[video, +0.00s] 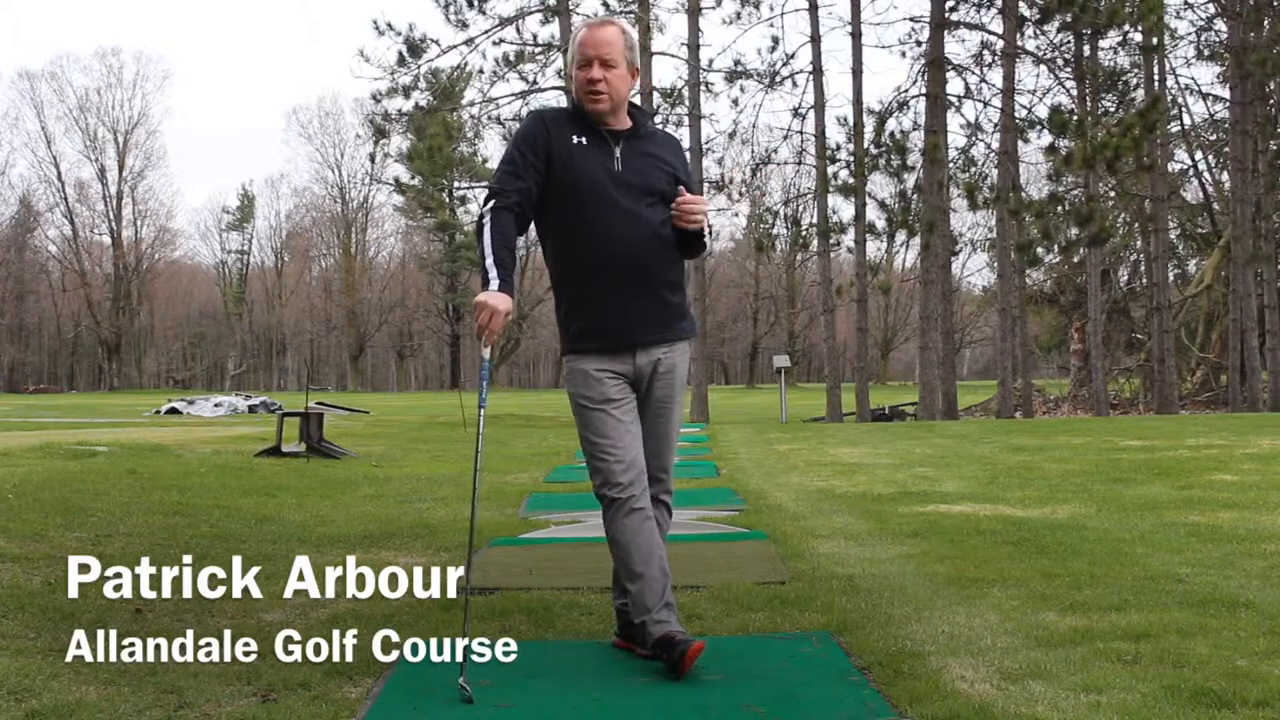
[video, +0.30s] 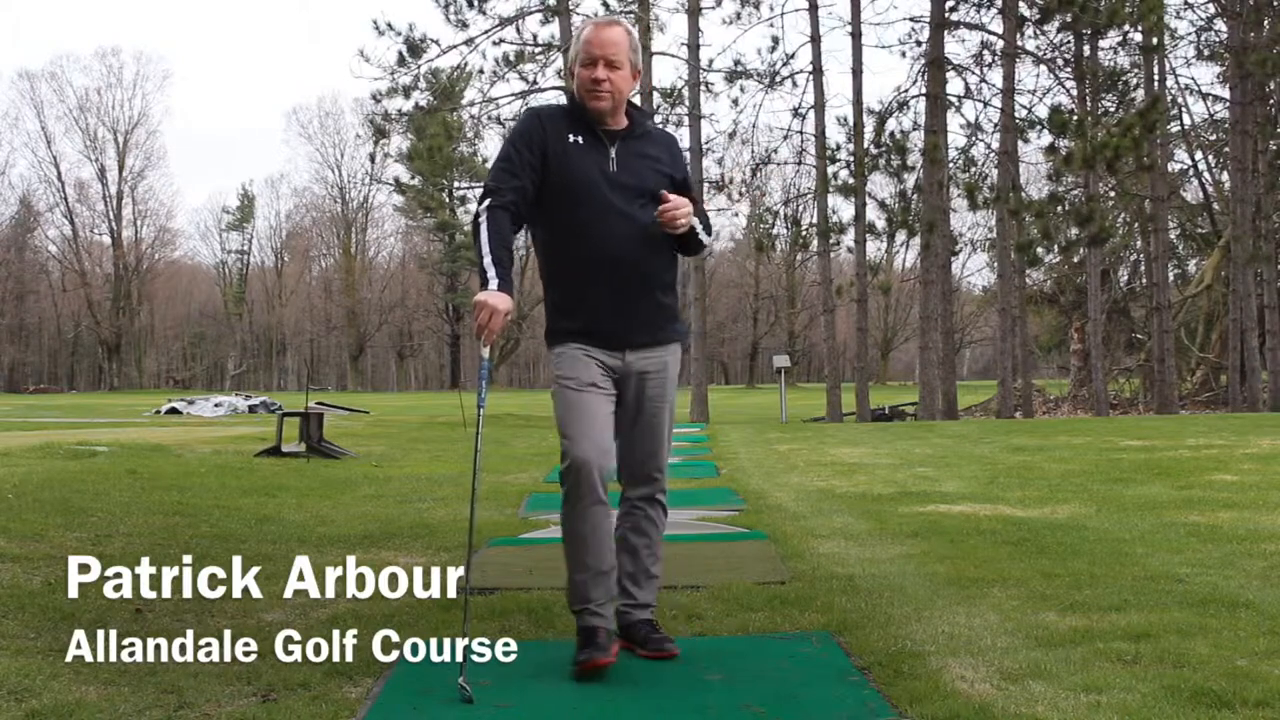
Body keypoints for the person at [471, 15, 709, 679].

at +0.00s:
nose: (593, 75)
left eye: (606, 64)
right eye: (583, 64)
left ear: (632, 74)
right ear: (569, 73)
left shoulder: (665, 147)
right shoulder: (545, 132)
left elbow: (688, 249)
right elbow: (503, 207)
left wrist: (695, 226)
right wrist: (498, 284)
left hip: (666, 341)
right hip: (591, 347)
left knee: (655, 490)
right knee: (624, 487)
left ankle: (632, 618)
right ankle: (663, 629)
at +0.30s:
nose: (597, 75)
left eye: (611, 64)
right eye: (587, 63)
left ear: (634, 75)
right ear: (571, 70)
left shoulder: (661, 144)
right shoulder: (541, 128)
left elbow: (696, 240)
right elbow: (497, 207)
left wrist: (690, 223)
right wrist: (497, 284)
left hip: (655, 340)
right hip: (576, 340)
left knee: (647, 483)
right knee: (585, 466)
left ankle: (638, 615)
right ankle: (594, 622)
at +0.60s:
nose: (596, 73)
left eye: (609, 64)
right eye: (585, 60)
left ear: (625, 76)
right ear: (562, 66)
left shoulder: (647, 142)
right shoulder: (523, 127)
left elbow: (685, 237)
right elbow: (480, 204)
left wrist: (698, 197)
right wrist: (479, 280)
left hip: (636, 342)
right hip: (554, 343)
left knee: (637, 485)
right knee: (536, 482)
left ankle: (636, 619)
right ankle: (530, 630)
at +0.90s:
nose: (580, 71)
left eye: (593, 62)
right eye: (568, 57)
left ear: (607, 73)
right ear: (542, 63)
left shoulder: (630, 142)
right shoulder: (495, 137)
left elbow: (670, 234)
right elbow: (446, 217)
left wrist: (655, 187)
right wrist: (437, 294)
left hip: (608, 343)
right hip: (525, 344)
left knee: (622, 487)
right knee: (523, 492)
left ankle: (634, 618)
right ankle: (531, 632)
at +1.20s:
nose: (552, 69)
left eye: (565, 58)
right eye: (541, 55)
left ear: (579, 68)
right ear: (514, 62)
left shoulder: (602, 136)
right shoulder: (471, 137)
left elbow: (655, 226)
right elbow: (435, 232)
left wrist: (632, 174)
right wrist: (421, 325)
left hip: (582, 343)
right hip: (500, 346)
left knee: (614, 485)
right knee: (515, 495)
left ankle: (633, 614)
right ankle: (529, 632)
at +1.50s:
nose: (529, 68)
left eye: (543, 58)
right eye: (518, 54)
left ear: (559, 70)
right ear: (493, 61)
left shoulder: (588, 134)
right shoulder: (454, 141)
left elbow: (646, 200)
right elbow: (423, 241)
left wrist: (684, 156)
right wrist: (420, 334)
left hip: (576, 340)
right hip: (493, 345)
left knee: (599, 484)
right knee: (512, 494)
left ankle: (612, 626)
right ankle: (528, 631)